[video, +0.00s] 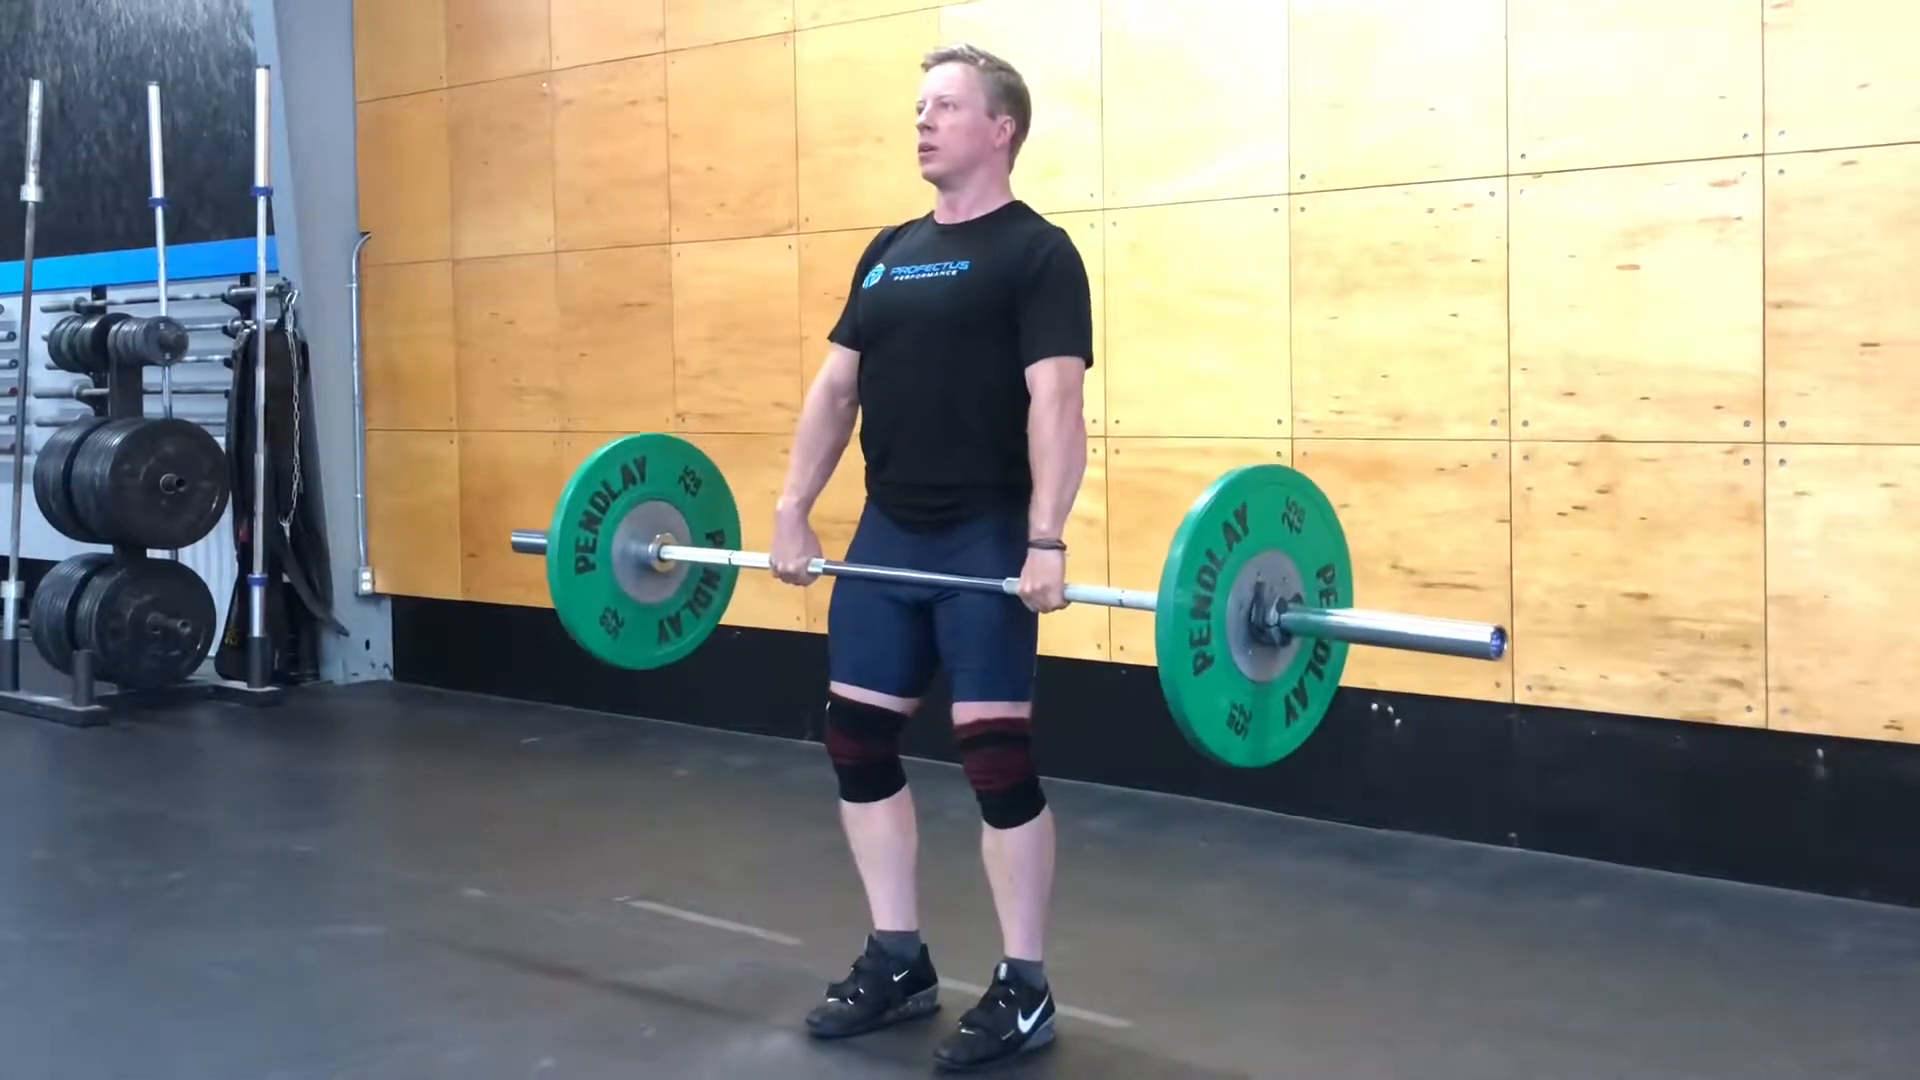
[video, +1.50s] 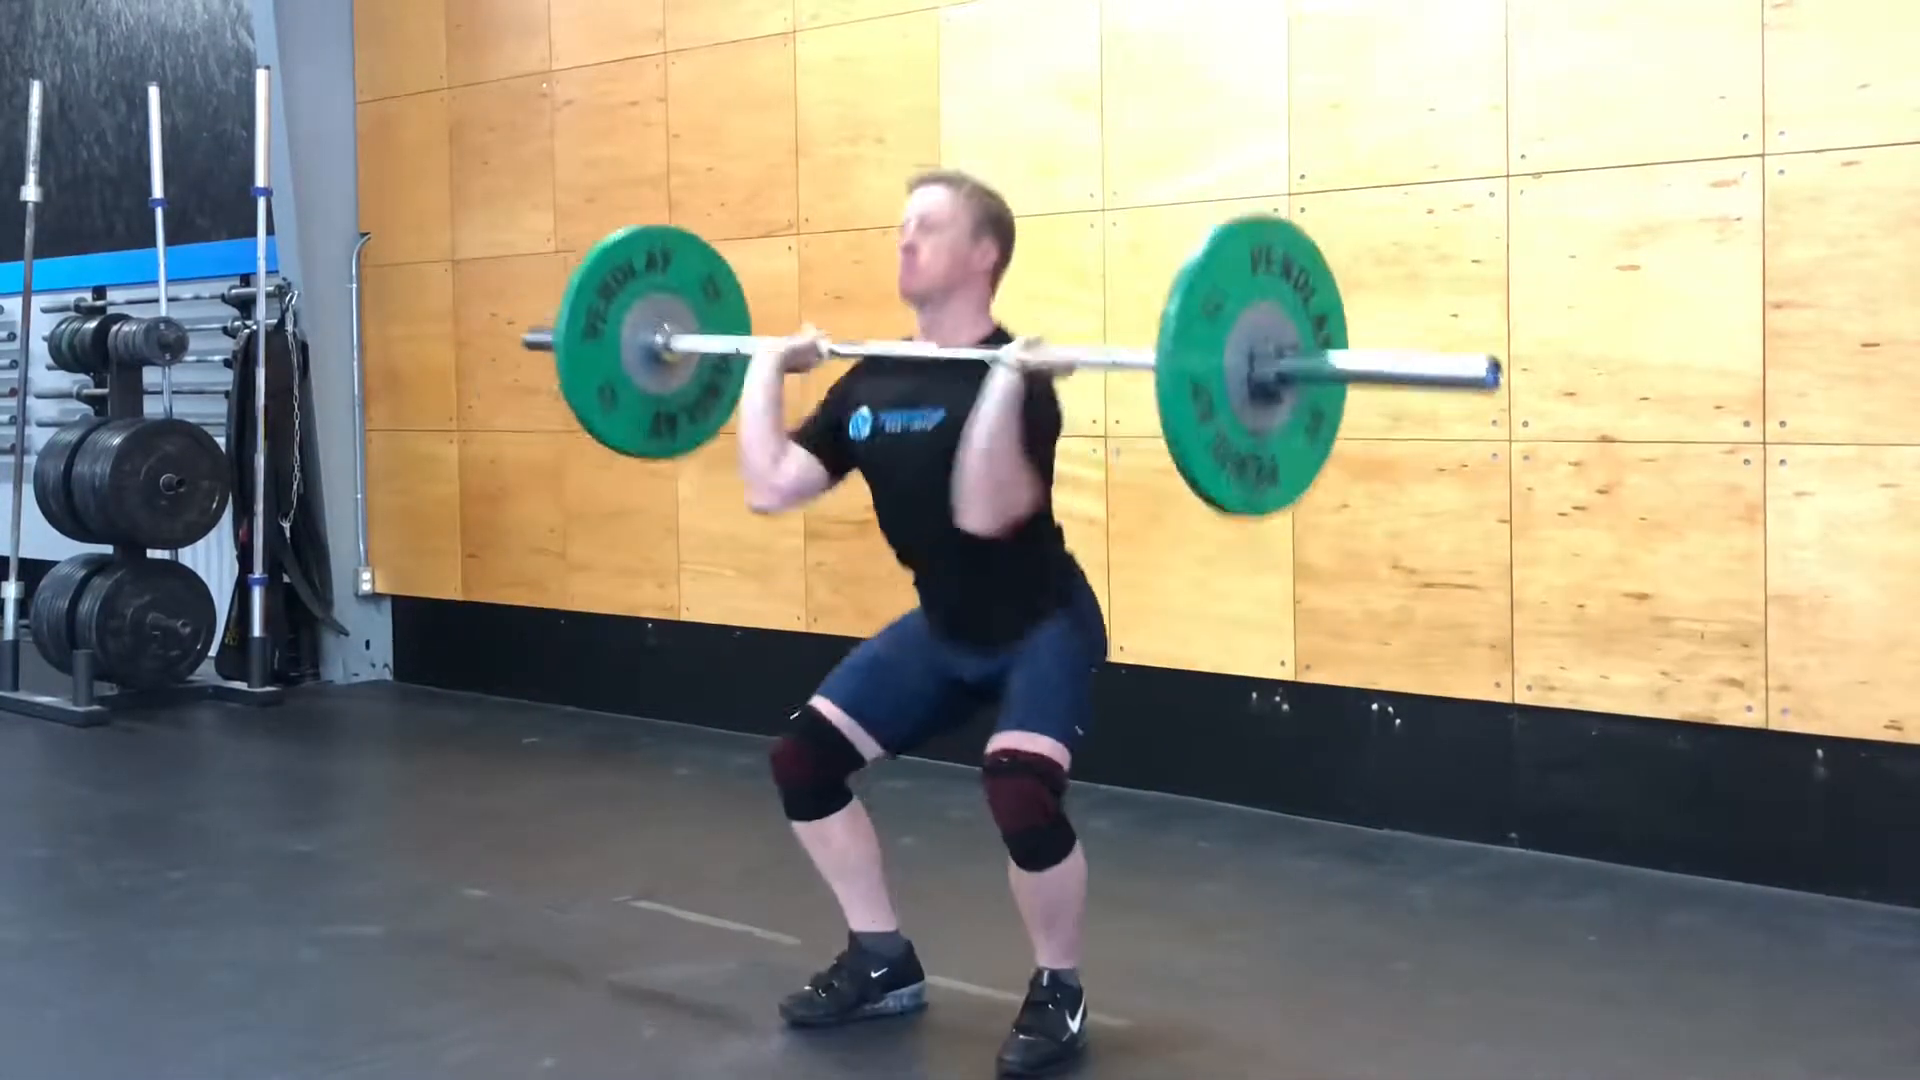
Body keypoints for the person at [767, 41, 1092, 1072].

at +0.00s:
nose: (922, 123)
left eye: (944, 109)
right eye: (922, 110)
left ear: (1002, 130)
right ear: (929, 129)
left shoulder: (1038, 251)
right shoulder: (888, 251)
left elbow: (1059, 398)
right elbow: (837, 388)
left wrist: (1046, 535)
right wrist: (792, 505)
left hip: (991, 533)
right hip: (887, 526)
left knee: (996, 759)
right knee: (856, 736)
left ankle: (1024, 987)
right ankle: (896, 961)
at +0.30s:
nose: (919, 119)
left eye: (941, 105)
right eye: (917, 106)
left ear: (998, 128)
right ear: (924, 129)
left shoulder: (1037, 251)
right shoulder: (883, 253)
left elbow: (1052, 398)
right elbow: (837, 390)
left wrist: (1047, 541)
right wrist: (797, 511)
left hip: (991, 534)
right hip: (889, 528)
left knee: (998, 760)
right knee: (862, 737)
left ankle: (1023, 990)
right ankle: (897, 962)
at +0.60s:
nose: (917, 119)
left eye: (938, 105)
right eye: (915, 106)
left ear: (996, 126)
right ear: (925, 128)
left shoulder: (1035, 251)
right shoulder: (883, 253)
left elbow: (1050, 402)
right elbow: (837, 393)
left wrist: (1048, 544)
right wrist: (799, 515)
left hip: (994, 535)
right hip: (892, 528)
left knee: (1000, 760)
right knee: (865, 737)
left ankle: (1024, 988)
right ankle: (897, 962)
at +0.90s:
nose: (913, 121)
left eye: (934, 106)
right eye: (911, 107)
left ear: (993, 126)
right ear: (921, 128)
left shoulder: (1030, 252)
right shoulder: (882, 254)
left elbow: (1047, 407)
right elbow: (838, 392)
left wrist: (1045, 545)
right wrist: (797, 515)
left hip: (993, 536)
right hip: (892, 530)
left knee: (999, 760)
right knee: (864, 737)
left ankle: (1024, 988)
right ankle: (897, 960)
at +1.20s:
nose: (976, 118)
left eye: (999, 107)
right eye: (975, 104)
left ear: (1055, 133)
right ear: (971, 127)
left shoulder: (1067, 228)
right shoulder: (924, 223)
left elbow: (1067, 342)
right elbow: (840, 330)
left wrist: (1020, 455)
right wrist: (769, 431)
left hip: (985, 515)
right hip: (887, 512)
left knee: (983, 731)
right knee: (859, 724)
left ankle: (1017, 974)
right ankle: (881, 944)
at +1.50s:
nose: (903, 244)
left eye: (926, 231)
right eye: (903, 230)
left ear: (984, 255)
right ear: (909, 255)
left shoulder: (1020, 382)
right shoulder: (874, 379)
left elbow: (985, 515)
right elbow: (768, 487)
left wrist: (1008, 379)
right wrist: (766, 362)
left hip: (1046, 621)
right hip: (945, 625)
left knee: (1021, 786)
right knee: (804, 761)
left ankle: (1056, 993)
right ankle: (882, 960)